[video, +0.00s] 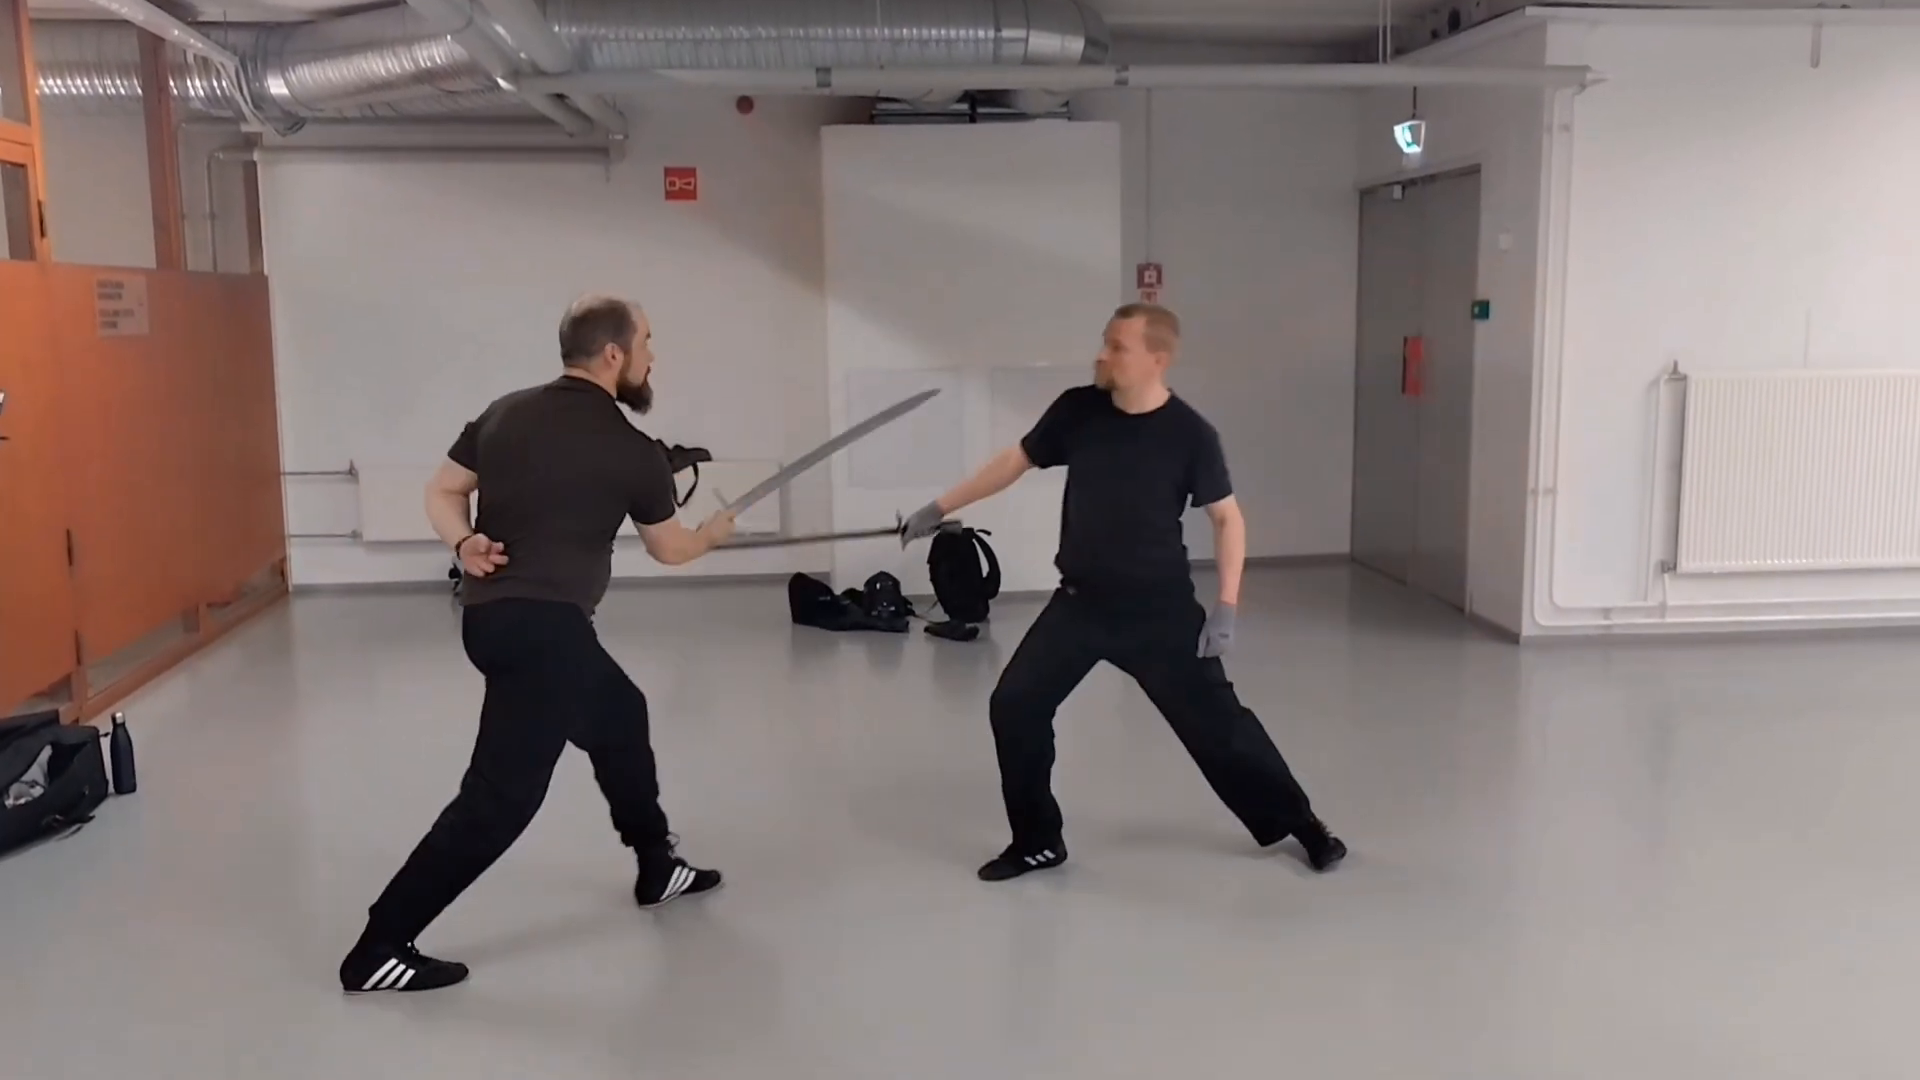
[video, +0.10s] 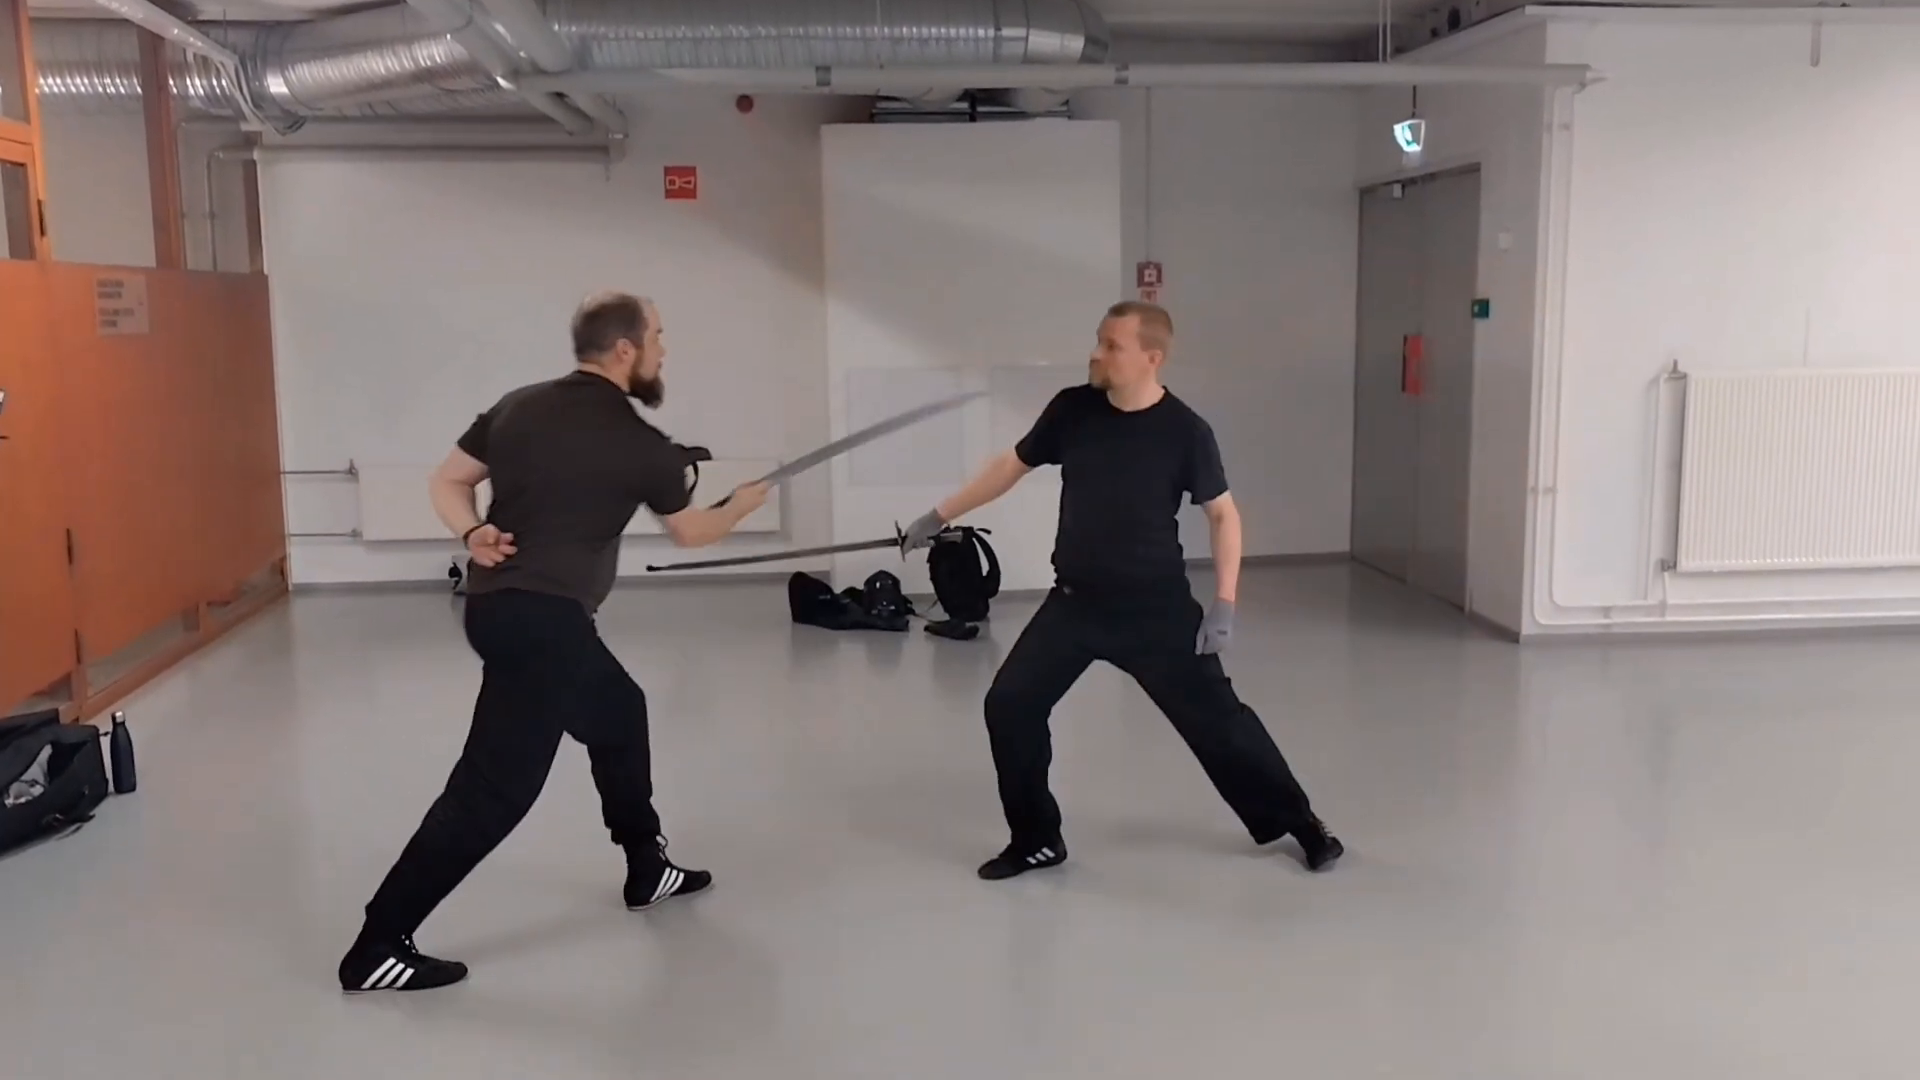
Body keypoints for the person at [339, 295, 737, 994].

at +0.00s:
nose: (651, 358)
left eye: (650, 344)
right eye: (646, 346)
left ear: (574, 355)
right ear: (614, 355)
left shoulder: (506, 414)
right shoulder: (630, 447)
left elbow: (444, 490)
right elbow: (670, 548)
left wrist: (462, 541)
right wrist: (714, 533)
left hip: (490, 617)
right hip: (548, 623)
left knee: (620, 713)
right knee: (498, 800)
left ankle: (656, 865)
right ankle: (377, 952)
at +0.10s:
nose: (663, 353)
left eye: (660, 340)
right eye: (656, 341)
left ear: (588, 350)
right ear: (626, 350)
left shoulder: (521, 408)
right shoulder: (640, 443)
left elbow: (449, 480)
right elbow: (690, 532)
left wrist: (470, 533)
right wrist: (739, 508)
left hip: (494, 606)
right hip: (547, 616)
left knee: (619, 711)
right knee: (492, 790)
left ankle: (648, 867)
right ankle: (377, 948)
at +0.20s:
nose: (684, 354)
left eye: (682, 341)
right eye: (678, 342)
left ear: (612, 352)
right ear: (648, 351)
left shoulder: (546, 408)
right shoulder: (657, 437)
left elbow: (468, 478)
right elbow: (721, 523)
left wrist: (491, 530)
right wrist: (775, 494)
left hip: (515, 601)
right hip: (563, 613)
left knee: (633, 707)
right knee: (499, 782)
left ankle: (648, 868)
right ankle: (379, 942)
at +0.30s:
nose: (709, 354)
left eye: (707, 341)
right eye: (703, 342)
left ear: (636, 349)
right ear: (673, 350)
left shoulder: (572, 406)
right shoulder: (684, 438)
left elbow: (503, 480)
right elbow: (741, 525)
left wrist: (518, 528)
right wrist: (796, 501)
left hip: (546, 597)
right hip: (593, 606)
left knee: (657, 707)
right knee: (559, 768)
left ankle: (649, 867)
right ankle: (409, 912)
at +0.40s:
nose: (732, 348)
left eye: (729, 335)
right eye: (724, 336)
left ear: (668, 347)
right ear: (694, 345)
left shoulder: (599, 402)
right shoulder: (705, 431)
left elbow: (532, 480)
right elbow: (761, 525)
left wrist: (548, 524)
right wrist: (816, 504)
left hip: (574, 590)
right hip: (621, 597)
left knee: (676, 711)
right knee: (649, 756)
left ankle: (650, 867)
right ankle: (495, 883)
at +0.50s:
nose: (751, 342)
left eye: (749, 329)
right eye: (744, 329)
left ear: (686, 338)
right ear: (713, 337)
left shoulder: (623, 397)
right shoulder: (722, 422)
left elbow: (561, 477)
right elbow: (792, 518)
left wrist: (573, 512)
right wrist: (845, 493)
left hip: (598, 586)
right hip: (651, 590)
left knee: (681, 728)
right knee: (720, 739)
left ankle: (648, 860)